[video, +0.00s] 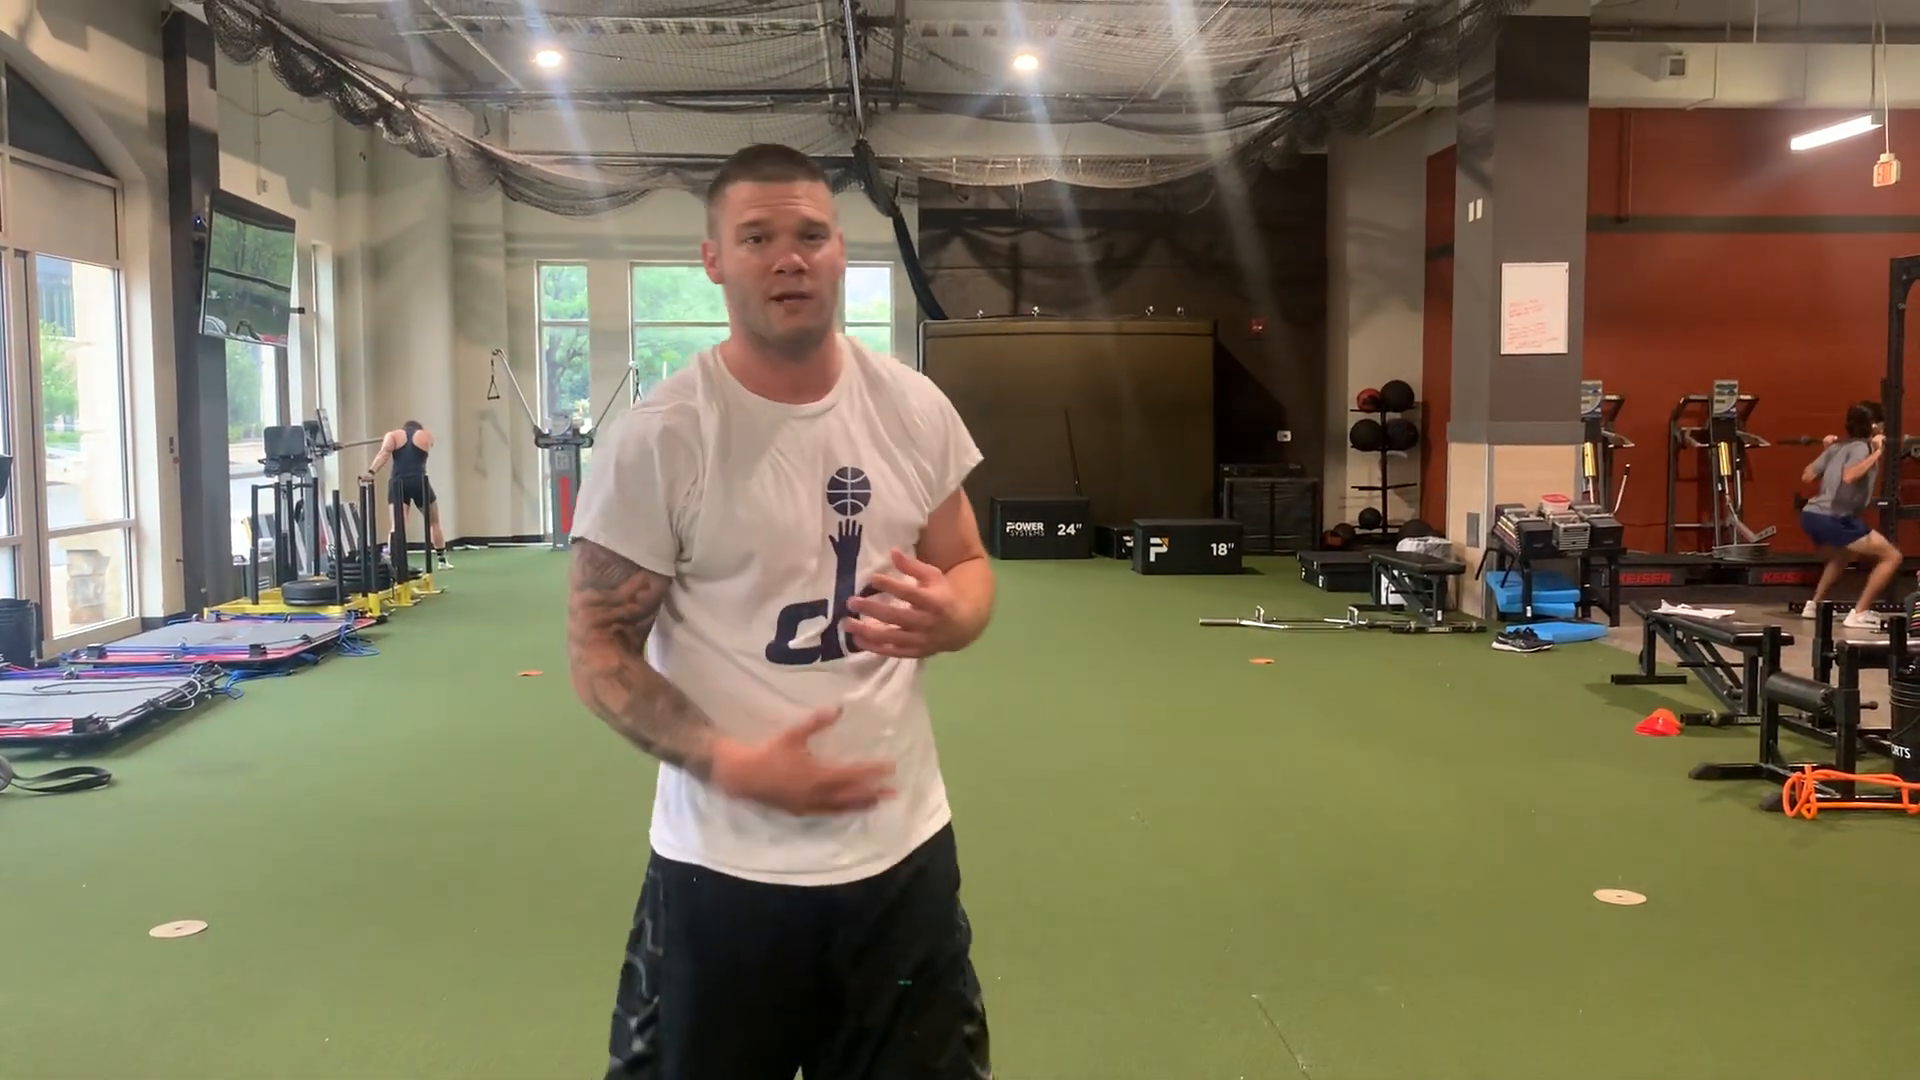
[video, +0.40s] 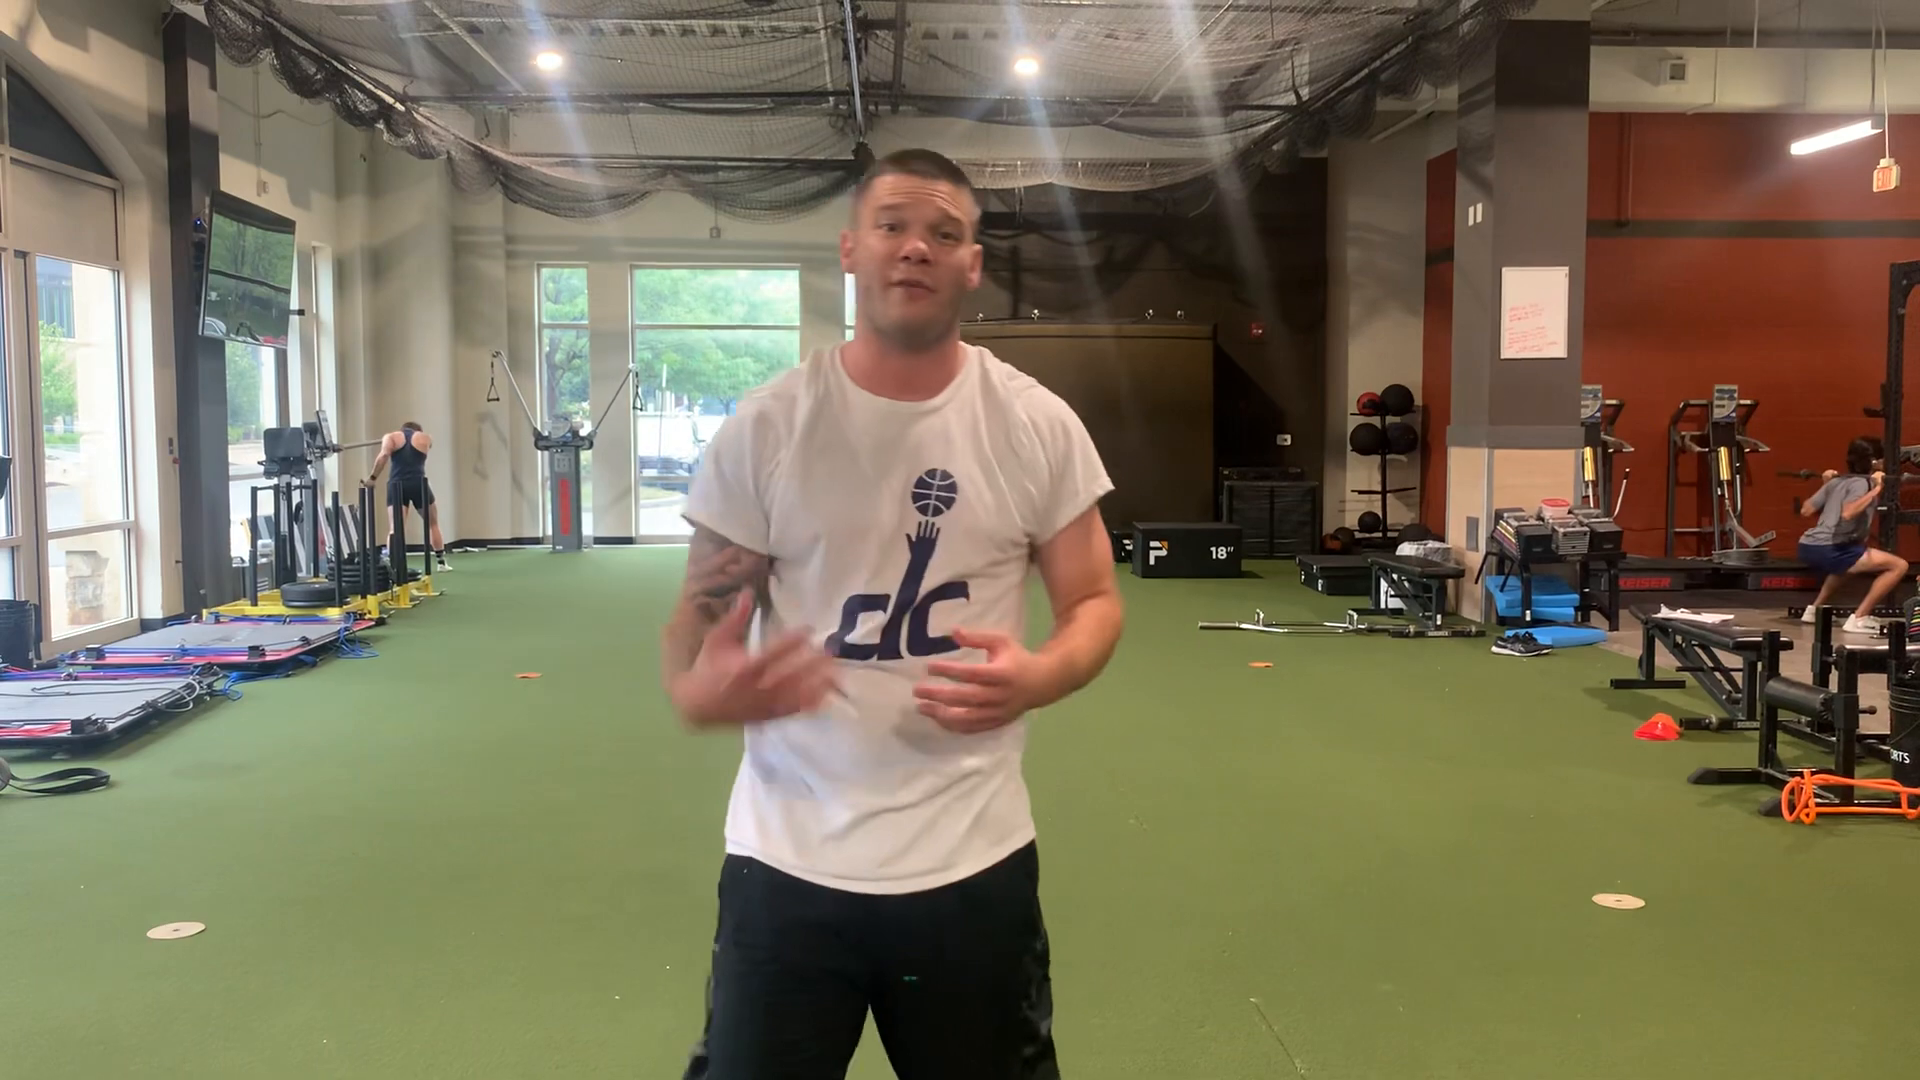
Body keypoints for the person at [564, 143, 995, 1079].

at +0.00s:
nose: (791, 257)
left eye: (812, 233)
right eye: (759, 236)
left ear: (842, 253)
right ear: (713, 263)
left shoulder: (910, 406)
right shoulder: (658, 435)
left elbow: (967, 565)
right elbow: (598, 651)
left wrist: (955, 618)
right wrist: (725, 759)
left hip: (900, 861)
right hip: (730, 873)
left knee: (927, 1065)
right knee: (698, 1067)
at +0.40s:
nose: (916, 247)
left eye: (943, 232)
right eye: (892, 225)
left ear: (975, 267)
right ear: (849, 252)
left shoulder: (1036, 427)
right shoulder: (766, 428)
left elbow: (1094, 603)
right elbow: (703, 617)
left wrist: (1043, 675)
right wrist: (702, 697)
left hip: (970, 865)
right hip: (791, 864)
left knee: (994, 1067)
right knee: (747, 1067)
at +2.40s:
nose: (840, 290)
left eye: (853, 274)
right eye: (813, 281)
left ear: (882, 297)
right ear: (784, 316)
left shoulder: (959, 426)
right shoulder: (751, 445)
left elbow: (1017, 563)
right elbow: (698, 612)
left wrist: (1066, 619)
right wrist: (827, 631)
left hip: (934, 777)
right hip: (797, 784)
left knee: (935, 1022)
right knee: (793, 1032)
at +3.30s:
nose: (855, 322)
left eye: (872, 317)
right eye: (840, 305)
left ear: (884, 343)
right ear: (802, 317)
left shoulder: (913, 445)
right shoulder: (736, 437)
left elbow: (945, 564)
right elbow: (683, 585)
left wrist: (923, 611)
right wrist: (746, 531)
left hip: (883, 728)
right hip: (762, 731)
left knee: (895, 946)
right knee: (755, 941)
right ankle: (760, 1068)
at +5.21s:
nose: (874, 348)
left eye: (887, 338)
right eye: (862, 335)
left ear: (904, 352)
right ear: (834, 346)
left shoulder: (946, 424)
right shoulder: (800, 443)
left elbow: (991, 521)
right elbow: (774, 549)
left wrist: (1011, 618)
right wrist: (822, 573)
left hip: (927, 659)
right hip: (839, 664)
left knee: (917, 825)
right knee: (846, 821)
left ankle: (894, 1004)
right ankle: (873, 968)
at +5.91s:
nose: (990, 332)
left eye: (1004, 325)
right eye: (978, 316)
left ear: (1013, 347)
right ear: (942, 326)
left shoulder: (1033, 432)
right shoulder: (888, 424)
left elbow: (1057, 536)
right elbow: (839, 537)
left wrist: (1076, 558)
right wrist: (885, 535)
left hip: (1002, 676)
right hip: (900, 675)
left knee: (1005, 847)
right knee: (885, 840)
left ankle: (992, 1020)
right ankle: (877, 954)